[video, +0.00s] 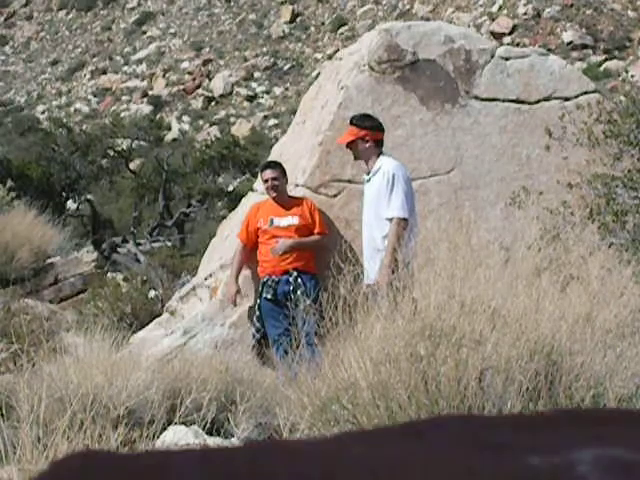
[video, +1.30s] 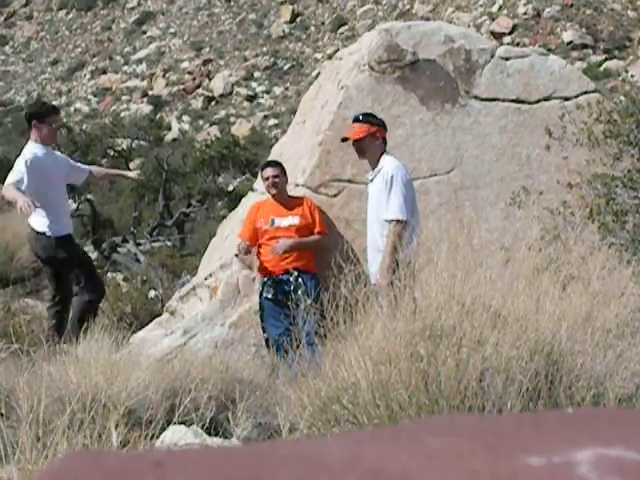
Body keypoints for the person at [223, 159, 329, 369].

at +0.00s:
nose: (271, 184)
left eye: (275, 179)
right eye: (266, 181)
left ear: (285, 180)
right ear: (262, 185)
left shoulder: (306, 206)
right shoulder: (257, 211)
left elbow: (322, 237)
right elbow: (244, 247)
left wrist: (293, 244)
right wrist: (233, 280)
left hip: (303, 277)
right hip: (271, 280)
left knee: (309, 334)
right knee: (279, 339)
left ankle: (314, 381)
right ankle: (288, 383)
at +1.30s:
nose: (272, 181)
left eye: (276, 176)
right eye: (267, 178)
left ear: (285, 178)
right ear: (263, 183)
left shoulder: (306, 205)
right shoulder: (258, 210)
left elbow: (324, 238)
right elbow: (246, 242)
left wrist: (293, 243)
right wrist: (243, 249)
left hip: (304, 278)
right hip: (272, 281)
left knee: (310, 335)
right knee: (278, 338)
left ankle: (315, 381)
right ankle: (288, 384)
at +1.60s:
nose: (272, 181)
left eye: (277, 176)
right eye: (267, 178)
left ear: (286, 179)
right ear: (263, 183)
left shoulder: (306, 205)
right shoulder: (258, 209)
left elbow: (325, 237)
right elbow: (246, 246)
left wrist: (293, 244)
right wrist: (245, 229)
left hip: (303, 278)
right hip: (272, 280)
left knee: (309, 332)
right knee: (276, 335)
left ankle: (316, 377)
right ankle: (288, 379)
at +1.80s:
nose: (272, 181)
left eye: (276, 176)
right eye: (267, 178)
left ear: (286, 178)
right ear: (263, 183)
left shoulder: (306, 205)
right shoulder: (258, 209)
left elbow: (324, 236)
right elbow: (245, 244)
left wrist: (294, 244)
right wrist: (244, 221)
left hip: (304, 276)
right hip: (272, 278)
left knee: (309, 333)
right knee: (278, 337)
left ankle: (315, 380)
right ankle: (288, 383)